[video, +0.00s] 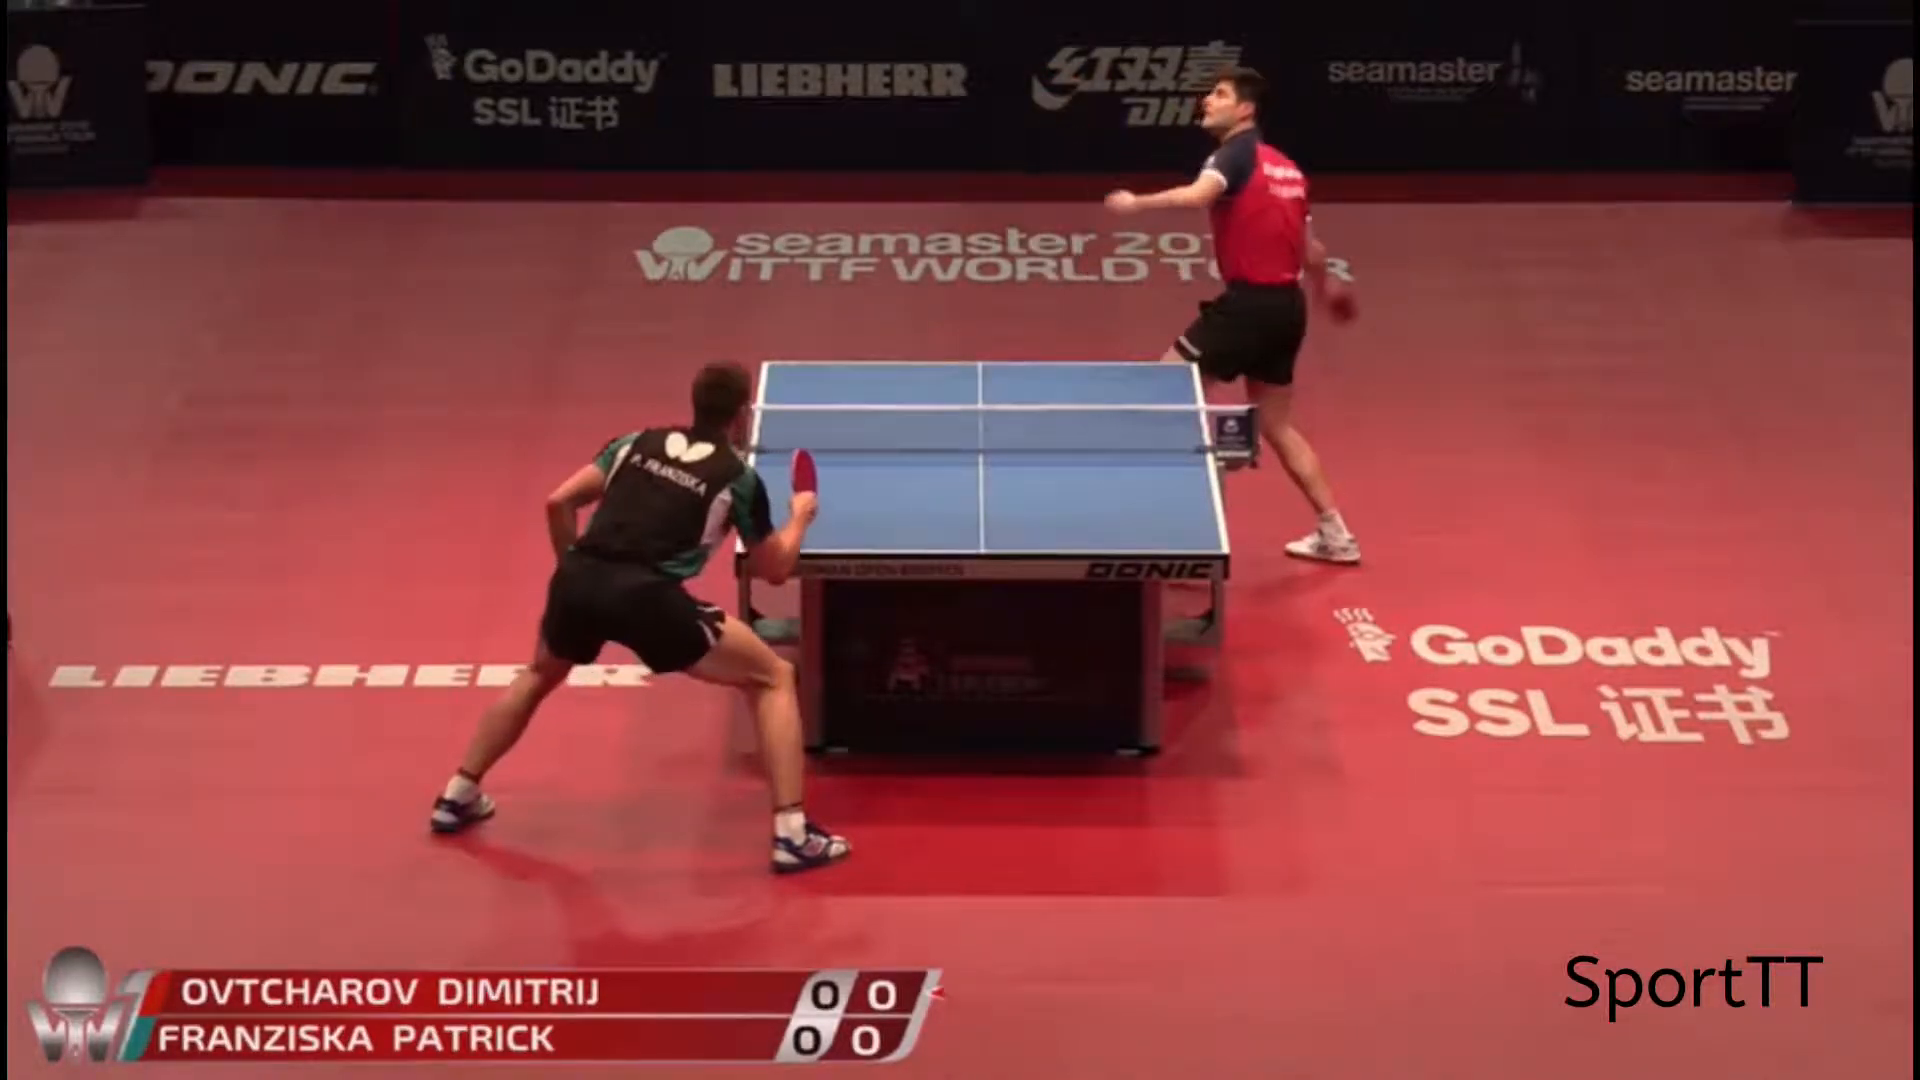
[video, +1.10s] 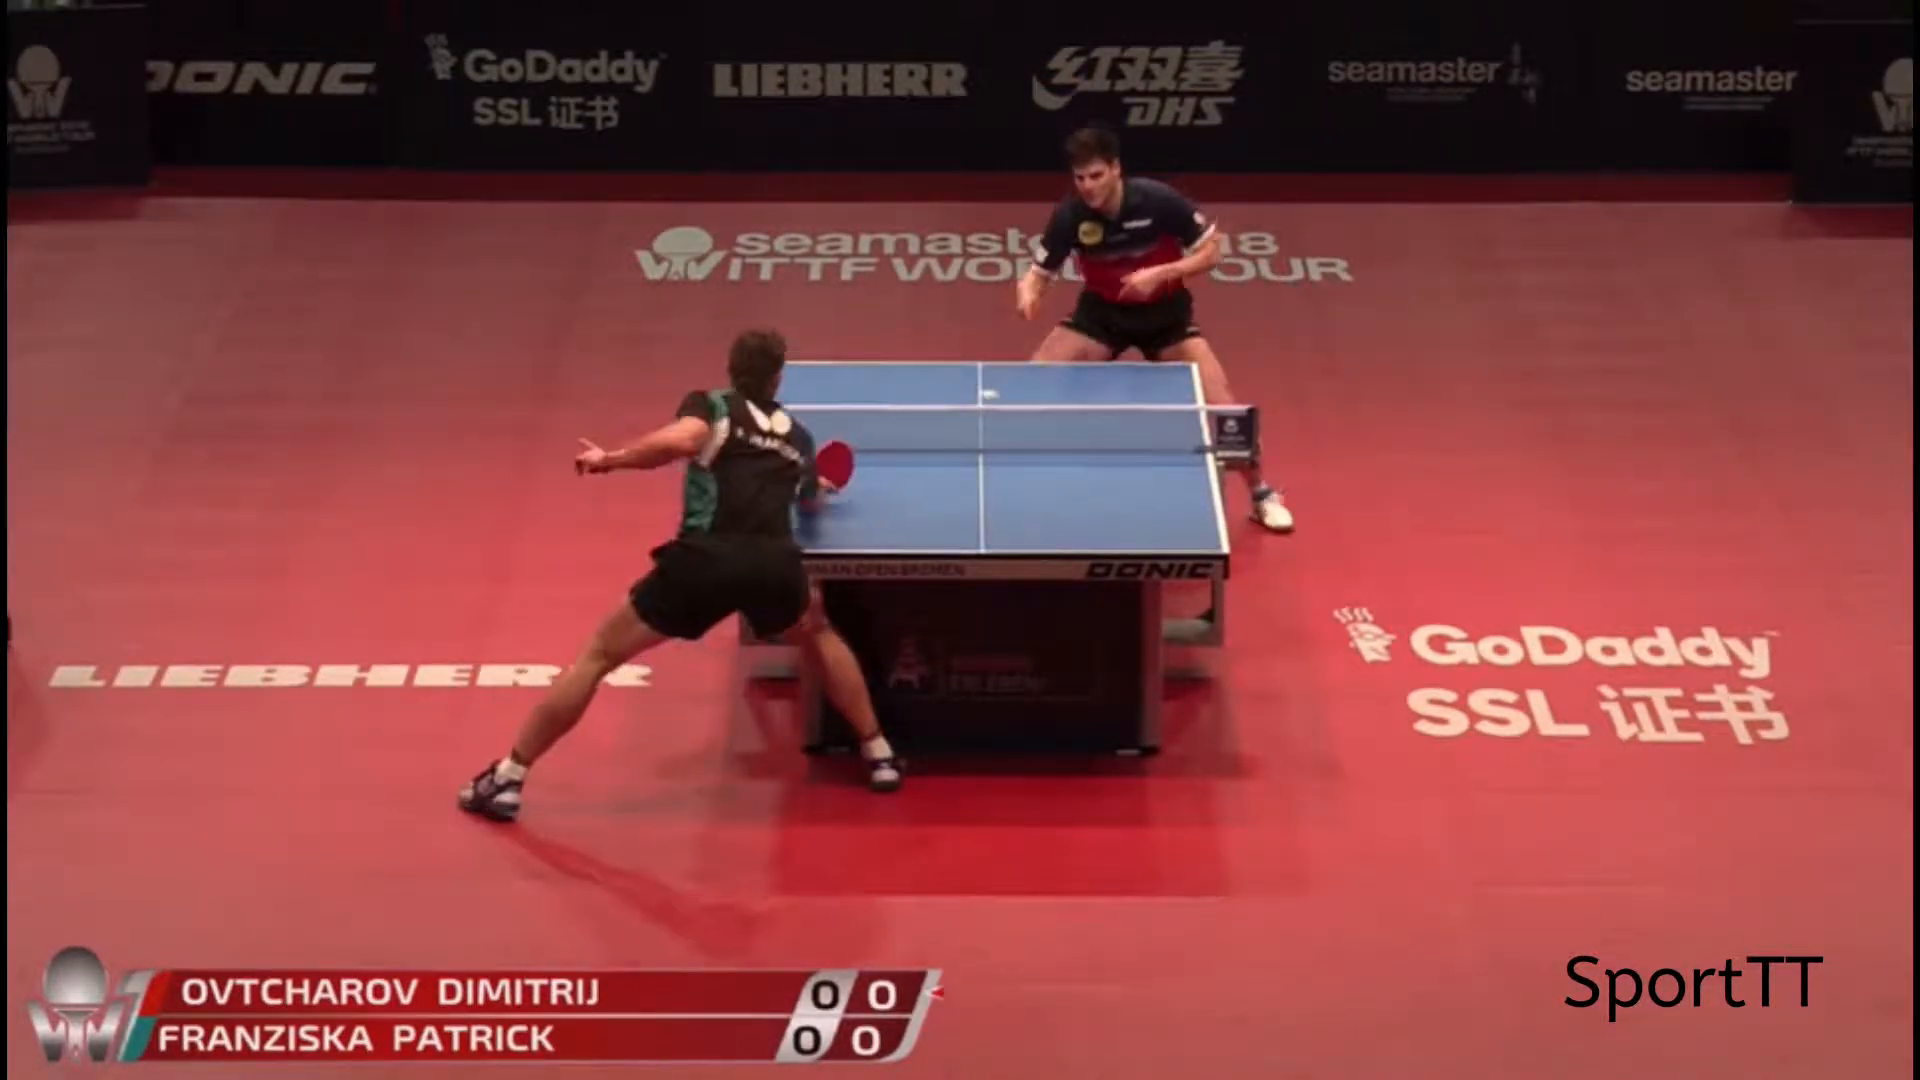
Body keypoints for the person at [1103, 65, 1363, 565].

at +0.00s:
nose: (1205, 102)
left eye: (1217, 95)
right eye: (1209, 94)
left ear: (1244, 109)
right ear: (1246, 113)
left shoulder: (1234, 151)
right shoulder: (1285, 165)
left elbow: (1201, 194)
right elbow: (1310, 247)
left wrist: (1137, 202)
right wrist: (1326, 282)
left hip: (1245, 303)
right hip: (1287, 306)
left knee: (1163, 386)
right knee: (1275, 423)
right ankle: (1334, 531)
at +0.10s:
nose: (1191, 125)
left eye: (1201, 117)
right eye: (1194, 116)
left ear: (1229, 124)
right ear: (1234, 127)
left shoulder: (1223, 165)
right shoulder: (1282, 174)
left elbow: (1195, 209)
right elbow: (1318, 248)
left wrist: (1160, 233)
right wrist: (1333, 214)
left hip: (1238, 315)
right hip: (1281, 316)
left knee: (1156, 387)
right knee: (1264, 433)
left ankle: (1214, 455)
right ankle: (1334, 532)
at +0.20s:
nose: (1133, 184)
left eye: (1138, 171)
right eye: (1132, 173)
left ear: (1168, 164)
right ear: (1172, 166)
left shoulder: (1187, 200)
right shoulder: (1227, 184)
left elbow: (1181, 250)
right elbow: (1268, 202)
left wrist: (1164, 263)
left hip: (1238, 336)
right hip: (1279, 331)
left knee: (1163, 419)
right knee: (1257, 442)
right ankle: (1333, 532)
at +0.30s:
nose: (1121, 197)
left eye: (1124, 185)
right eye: (1119, 187)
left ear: (1153, 178)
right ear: (1156, 178)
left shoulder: (1178, 212)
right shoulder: (1203, 190)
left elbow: (1183, 263)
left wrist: (1177, 291)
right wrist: (1170, 289)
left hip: (1242, 340)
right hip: (1274, 332)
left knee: (1163, 416)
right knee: (1252, 441)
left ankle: (1177, 539)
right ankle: (1328, 529)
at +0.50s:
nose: (1106, 207)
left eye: (1114, 198)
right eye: (1101, 199)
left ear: (1139, 191)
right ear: (1095, 199)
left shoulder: (1167, 227)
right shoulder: (1120, 212)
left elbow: (1235, 272)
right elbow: (1074, 229)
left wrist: (1187, 288)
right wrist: (1091, 251)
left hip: (1216, 323)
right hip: (1180, 319)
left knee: (1166, 403)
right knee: (1139, 387)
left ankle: (1247, 445)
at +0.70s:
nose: (1091, 180)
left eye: (1100, 169)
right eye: (1084, 170)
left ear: (1121, 164)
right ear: (1076, 169)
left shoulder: (1159, 196)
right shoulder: (1072, 204)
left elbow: (1225, 238)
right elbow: (1043, 240)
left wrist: (1170, 271)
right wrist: (1050, 262)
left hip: (1168, 296)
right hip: (1112, 296)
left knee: (1173, 386)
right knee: (1074, 381)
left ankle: (1215, 509)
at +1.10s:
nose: (1087, 187)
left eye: (1095, 176)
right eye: (1080, 178)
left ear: (1116, 169)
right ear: (1071, 177)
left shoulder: (1157, 200)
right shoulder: (1071, 216)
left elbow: (1212, 248)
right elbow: (1039, 272)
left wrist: (1160, 274)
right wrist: (1029, 293)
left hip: (1166, 319)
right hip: (1100, 318)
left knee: (1221, 404)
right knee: (1034, 383)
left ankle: (1261, 494)